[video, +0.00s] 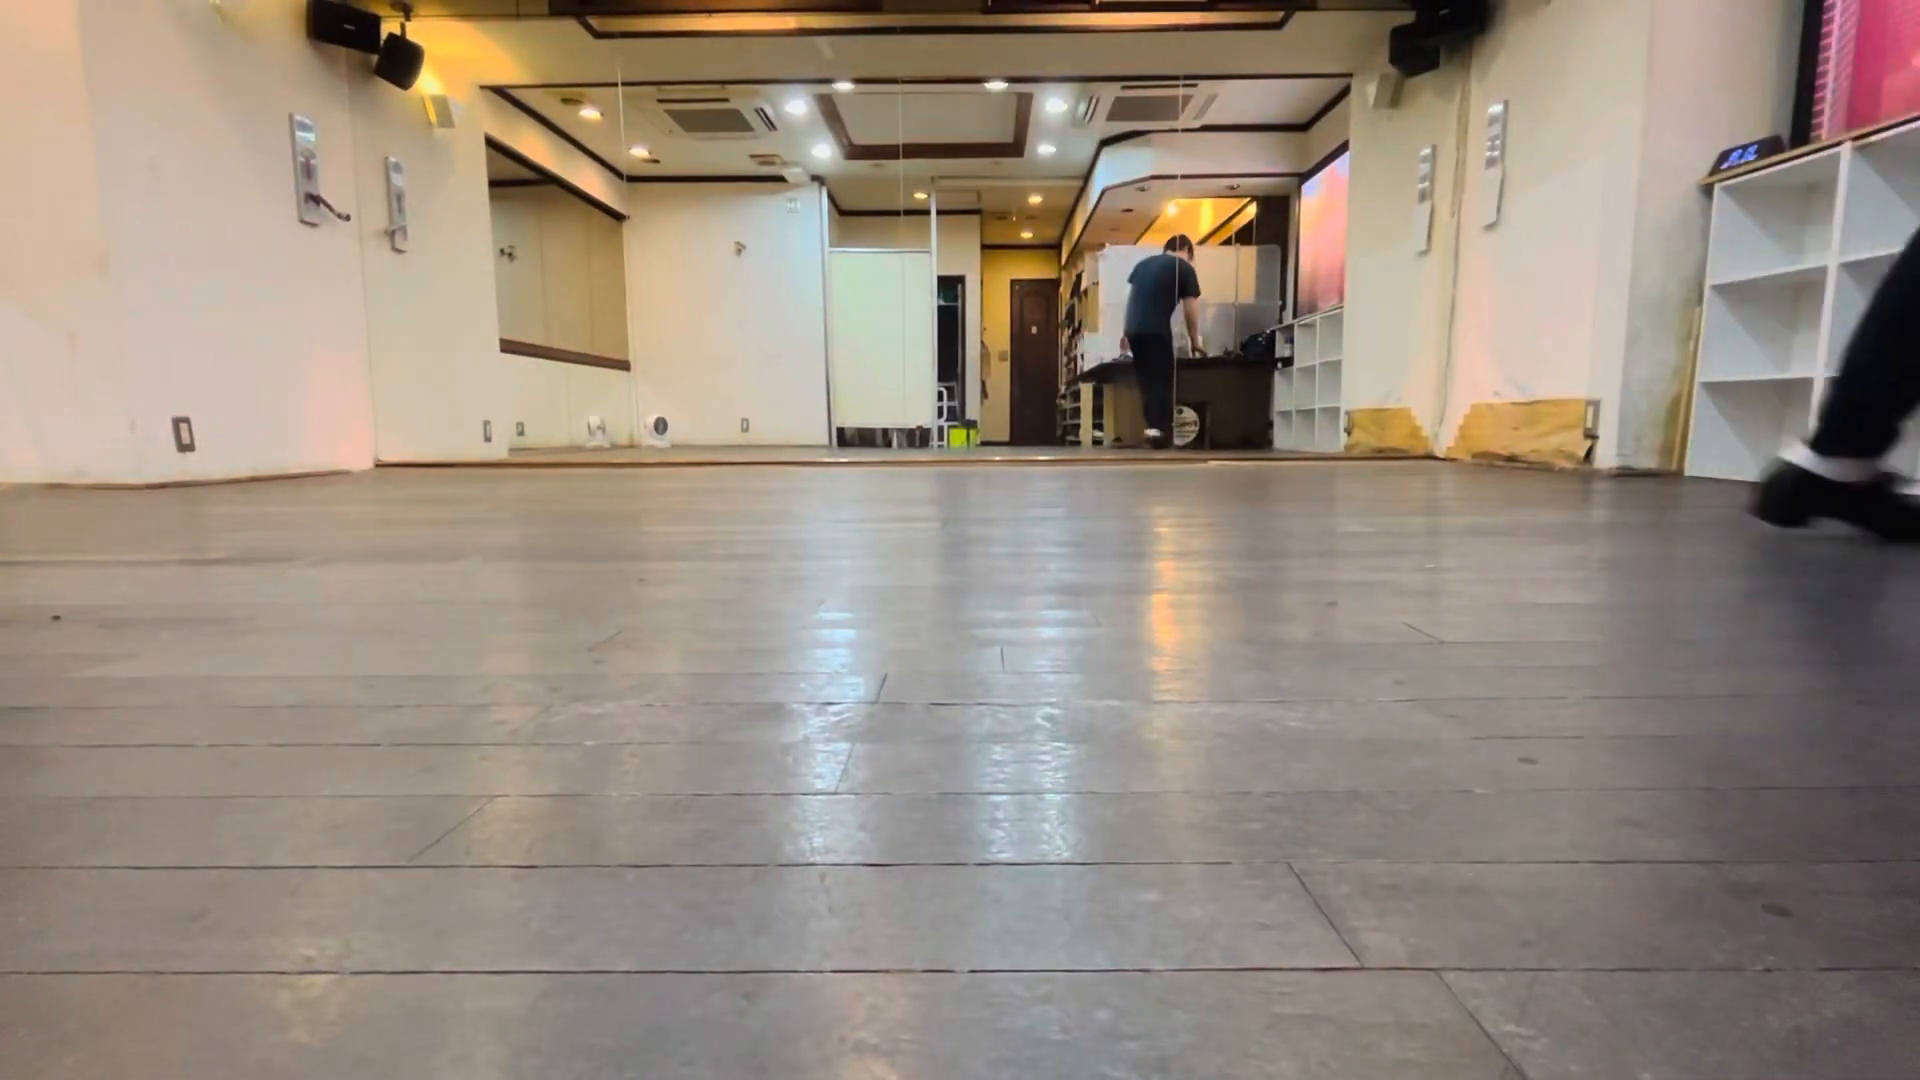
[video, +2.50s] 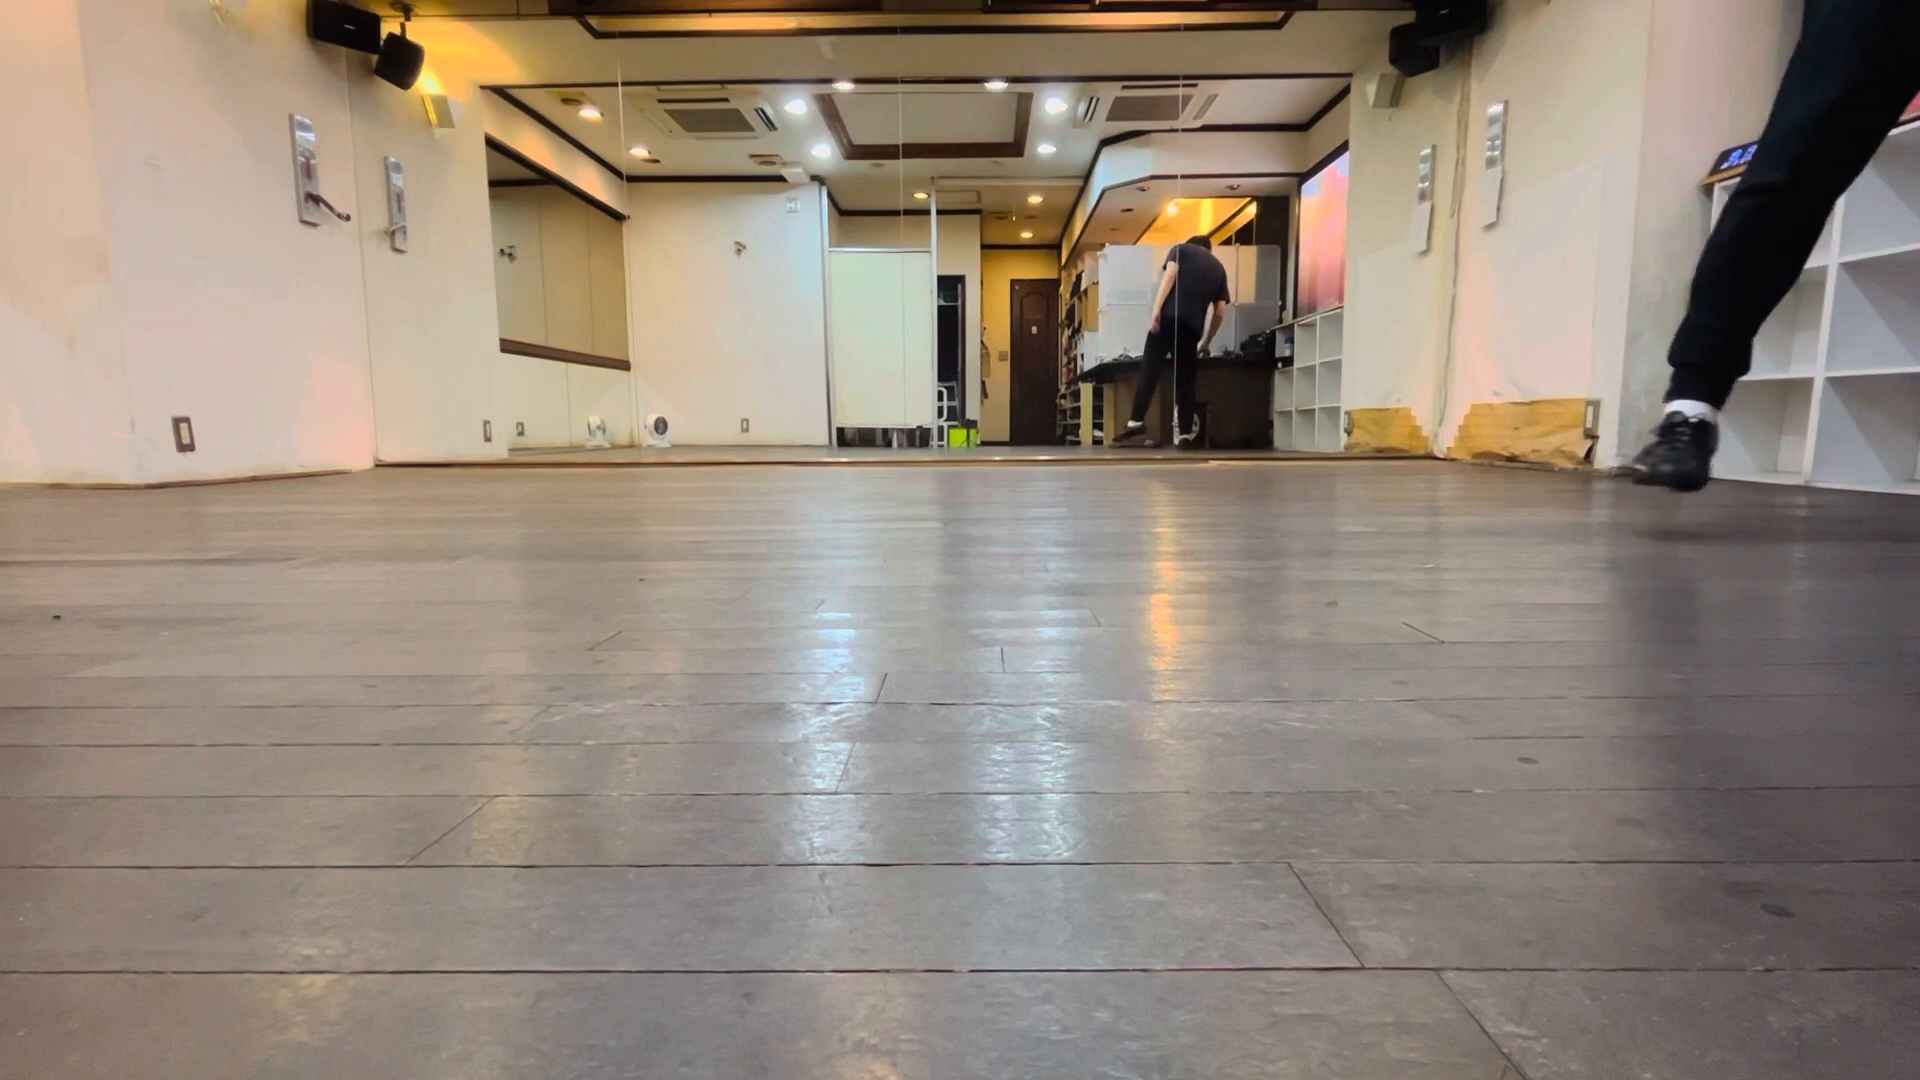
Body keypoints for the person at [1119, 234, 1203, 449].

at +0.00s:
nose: (1189, 260)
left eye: (1190, 256)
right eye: (1190, 256)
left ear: (1166, 248)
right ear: (1185, 250)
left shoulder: (1144, 263)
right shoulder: (1184, 268)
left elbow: (1132, 302)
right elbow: (1190, 311)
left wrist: (1126, 333)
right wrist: (1195, 343)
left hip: (1135, 331)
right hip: (1157, 330)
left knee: (1146, 379)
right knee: (1162, 379)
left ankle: (1152, 426)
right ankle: (1156, 427)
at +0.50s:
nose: (1201, 254)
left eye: (1201, 251)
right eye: (1202, 251)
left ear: (1179, 244)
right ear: (1199, 248)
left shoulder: (1159, 257)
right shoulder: (1200, 267)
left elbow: (1142, 292)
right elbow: (1203, 310)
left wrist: (1141, 323)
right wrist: (1200, 341)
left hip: (1148, 331)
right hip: (1174, 333)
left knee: (1152, 381)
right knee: (1177, 381)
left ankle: (1156, 432)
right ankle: (1176, 432)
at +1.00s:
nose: (1210, 257)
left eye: (1209, 255)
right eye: (1211, 255)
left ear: (1188, 246)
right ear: (1208, 252)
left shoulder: (1172, 254)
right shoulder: (1213, 269)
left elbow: (1159, 280)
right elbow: (1213, 313)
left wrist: (1150, 317)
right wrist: (1205, 343)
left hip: (1162, 325)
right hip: (1189, 331)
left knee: (1152, 377)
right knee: (1185, 381)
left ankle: (1146, 430)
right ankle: (1181, 433)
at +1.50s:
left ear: (1190, 246)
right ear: (1211, 252)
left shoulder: (1178, 252)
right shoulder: (1218, 270)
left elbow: (1167, 277)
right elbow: (1218, 314)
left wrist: (1153, 314)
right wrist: (1206, 342)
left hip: (1166, 320)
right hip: (1191, 328)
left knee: (1145, 368)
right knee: (1185, 380)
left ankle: (1130, 418)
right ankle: (1180, 433)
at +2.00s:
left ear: (1188, 245)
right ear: (1207, 250)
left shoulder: (1180, 250)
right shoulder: (1217, 270)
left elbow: (1172, 275)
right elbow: (1218, 313)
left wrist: (1158, 310)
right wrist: (1206, 342)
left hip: (1169, 317)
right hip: (1192, 326)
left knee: (1155, 367)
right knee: (1185, 377)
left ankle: (1148, 420)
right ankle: (1181, 433)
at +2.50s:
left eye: (1187, 244)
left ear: (1189, 243)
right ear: (1209, 249)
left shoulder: (1179, 249)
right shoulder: (1218, 268)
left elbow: (1171, 274)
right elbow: (1220, 313)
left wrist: (1156, 309)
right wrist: (1207, 343)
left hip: (1167, 319)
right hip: (1193, 327)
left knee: (1150, 369)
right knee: (1185, 379)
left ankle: (1136, 420)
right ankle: (1183, 434)